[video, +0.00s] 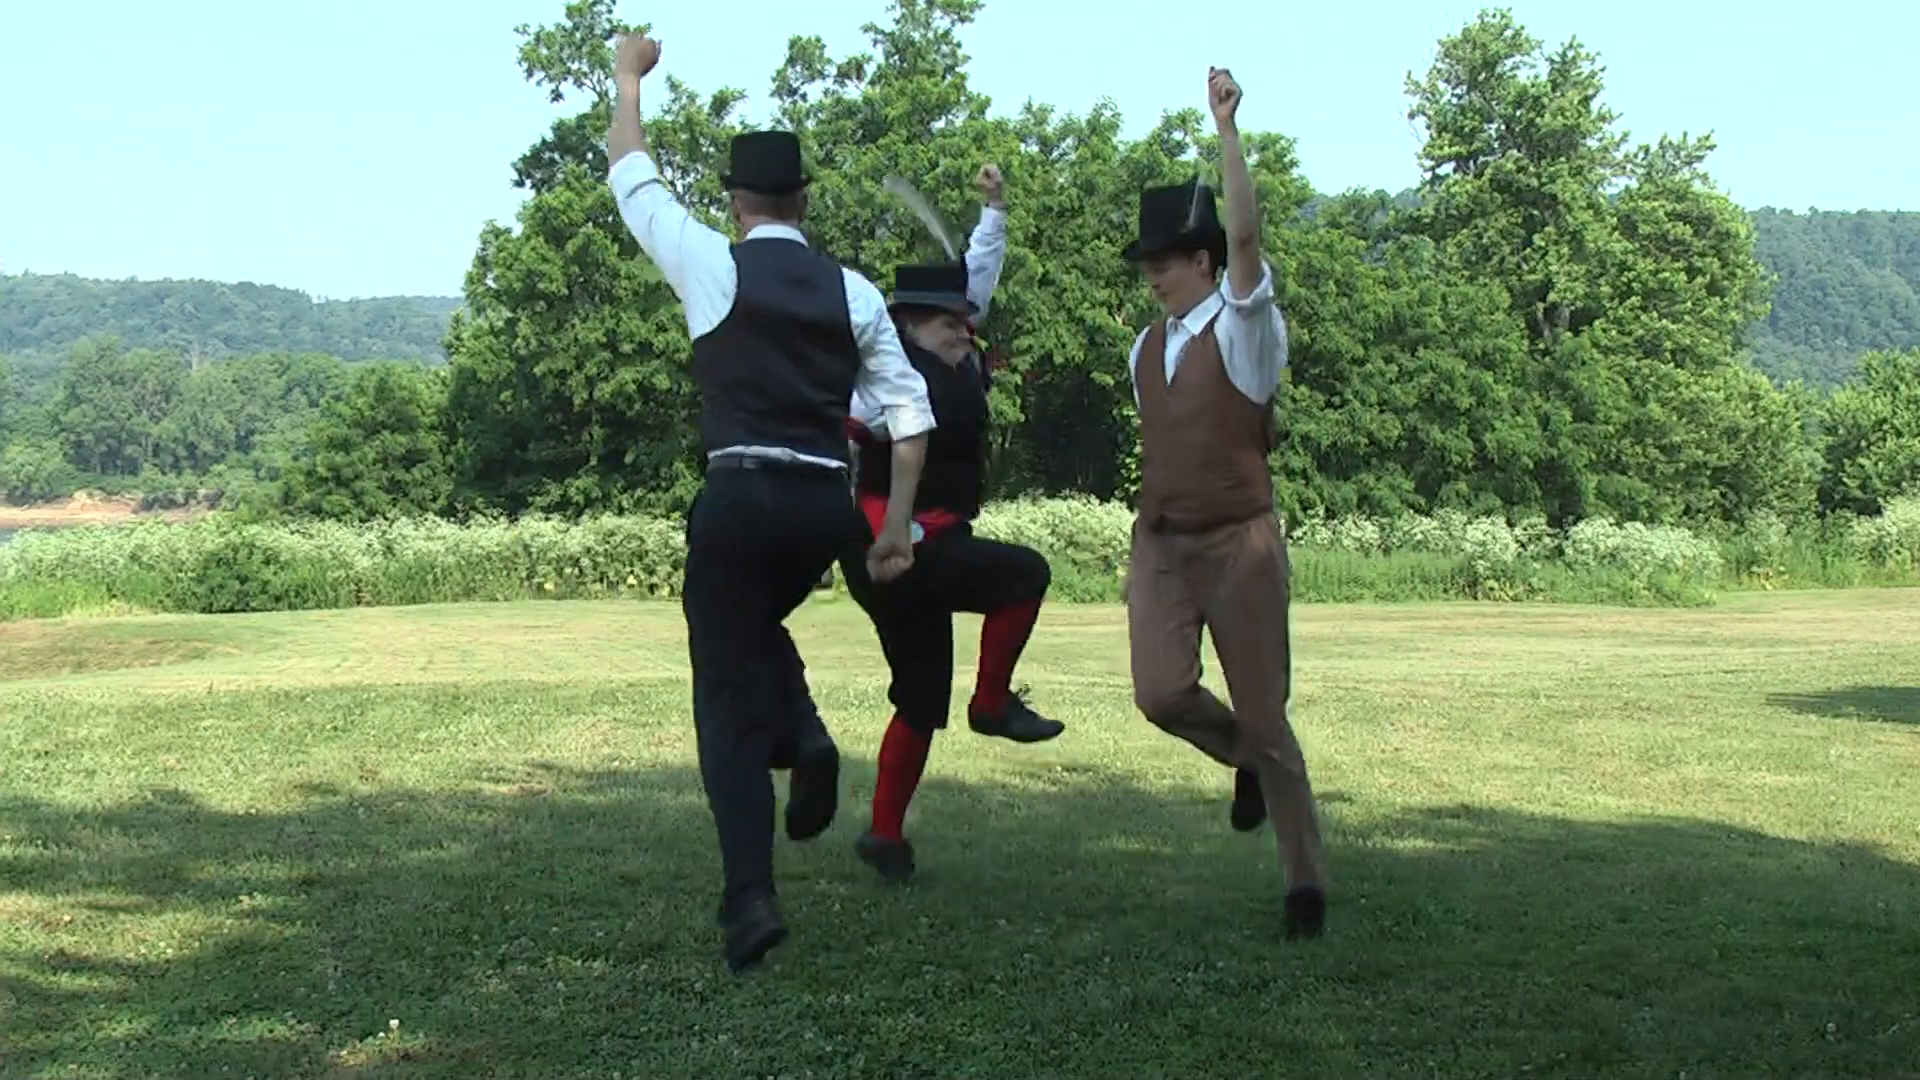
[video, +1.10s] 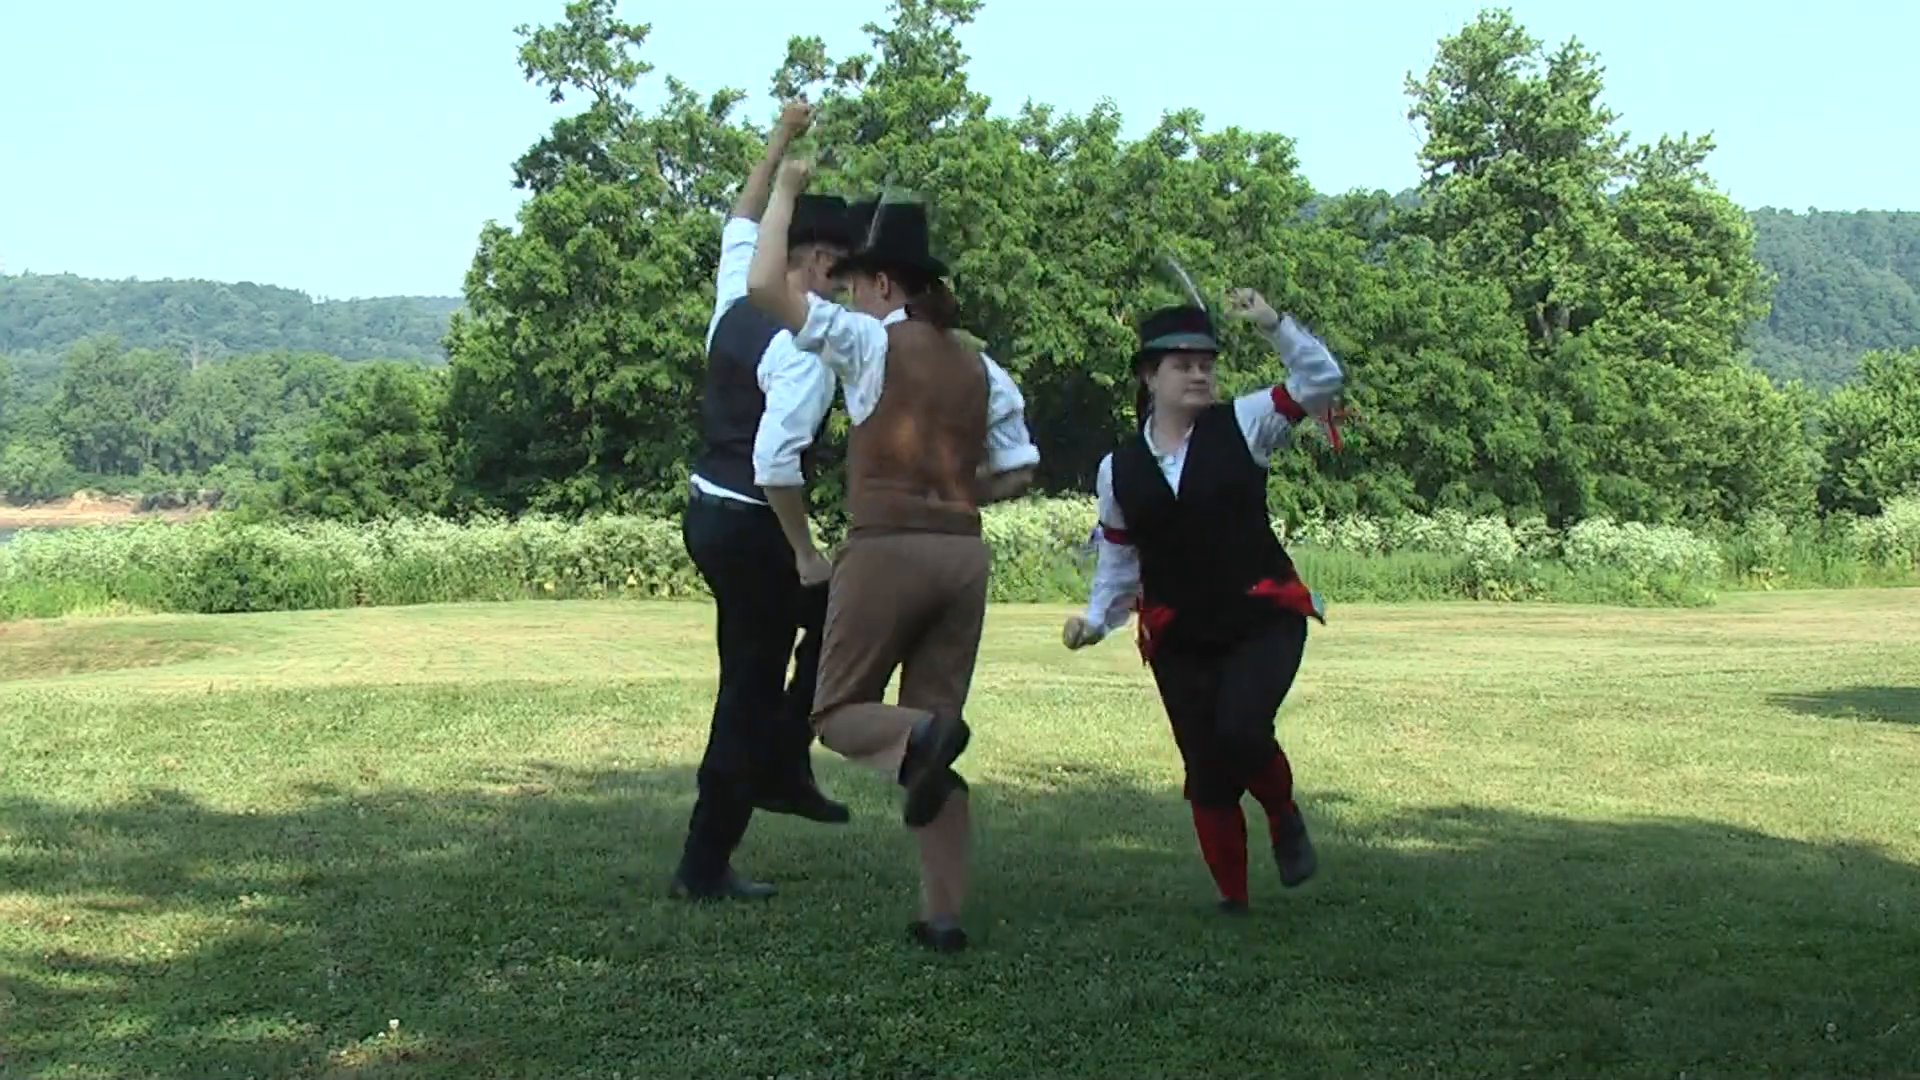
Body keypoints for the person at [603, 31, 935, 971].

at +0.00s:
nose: (731, 203)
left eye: (732, 194)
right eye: (746, 193)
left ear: (734, 201)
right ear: (802, 199)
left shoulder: (712, 264)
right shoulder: (853, 291)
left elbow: (630, 173)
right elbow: (911, 410)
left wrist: (627, 79)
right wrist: (899, 519)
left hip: (736, 496)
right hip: (828, 499)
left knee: (727, 690)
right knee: (756, 619)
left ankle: (751, 903)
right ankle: (809, 744)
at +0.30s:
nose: (749, 268)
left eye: (736, 257)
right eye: (747, 259)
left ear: (673, 267)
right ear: (740, 266)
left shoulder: (637, 318)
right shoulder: (772, 349)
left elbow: (594, 222)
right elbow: (816, 465)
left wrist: (620, 134)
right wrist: (813, 571)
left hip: (637, 548)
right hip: (731, 560)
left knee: (624, 734)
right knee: (710, 653)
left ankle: (615, 915)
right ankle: (676, 795)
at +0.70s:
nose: (784, 291)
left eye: (783, 278)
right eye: (783, 280)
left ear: (710, 275)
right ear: (763, 280)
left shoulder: (666, 323)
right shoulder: (766, 366)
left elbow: (661, 227)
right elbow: (758, 484)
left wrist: (696, 137)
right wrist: (763, 588)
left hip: (628, 539)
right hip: (700, 554)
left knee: (637, 701)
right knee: (690, 724)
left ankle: (570, 783)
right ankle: (643, 884)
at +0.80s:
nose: (792, 276)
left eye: (791, 263)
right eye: (791, 263)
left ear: (729, 254)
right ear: (772, 259)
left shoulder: (679, 300)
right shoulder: (774, 341)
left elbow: (675, 207)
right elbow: (768, 460)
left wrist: (710, 125)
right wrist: (777, 553)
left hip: (643, 519)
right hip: (707, 534)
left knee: (690, 649)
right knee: (698, 705)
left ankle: (598, 750)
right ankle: (645, 878)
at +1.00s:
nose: (831, 245)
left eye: (829, 230)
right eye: (825, 231)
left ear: (761, 226)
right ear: (797, 232)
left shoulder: (713, 275)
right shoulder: (796, 314)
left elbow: (720, 186)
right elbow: (775, 439)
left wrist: (759, 104)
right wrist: (786, 531)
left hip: (683, 484)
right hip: (736, 500)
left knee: (809, 583)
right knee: (736, 686)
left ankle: (720, 731)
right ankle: (688, 862)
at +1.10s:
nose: (841, 282)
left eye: (842, 268)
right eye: (836, 268)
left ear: (790, 254)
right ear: (813, 263)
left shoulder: (736, 300)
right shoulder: (808, 347)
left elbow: (746, 218)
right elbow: (774, 461)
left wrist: (781, 145)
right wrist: (806, 548)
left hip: (707, 508)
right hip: (756, 527)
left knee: (827, 600)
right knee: (752, 695)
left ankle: (786, 764)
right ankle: (704, 862)